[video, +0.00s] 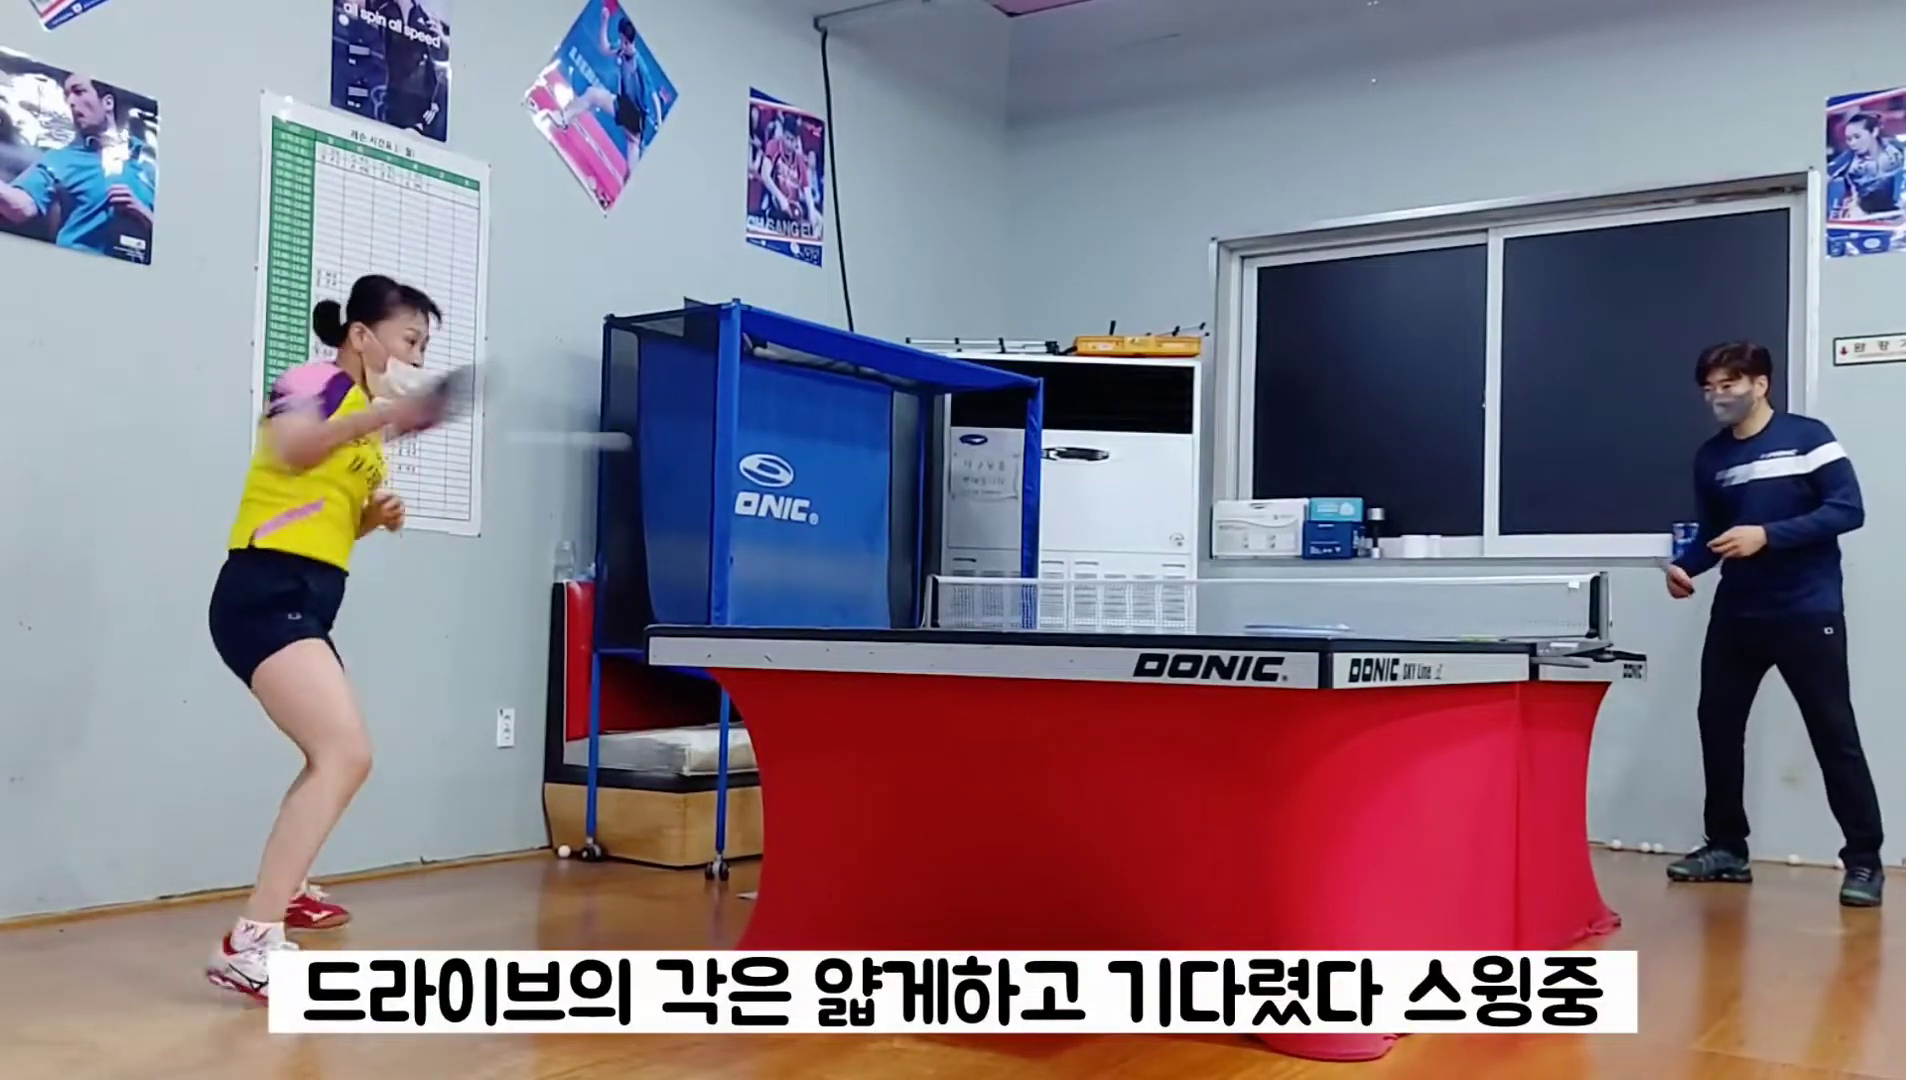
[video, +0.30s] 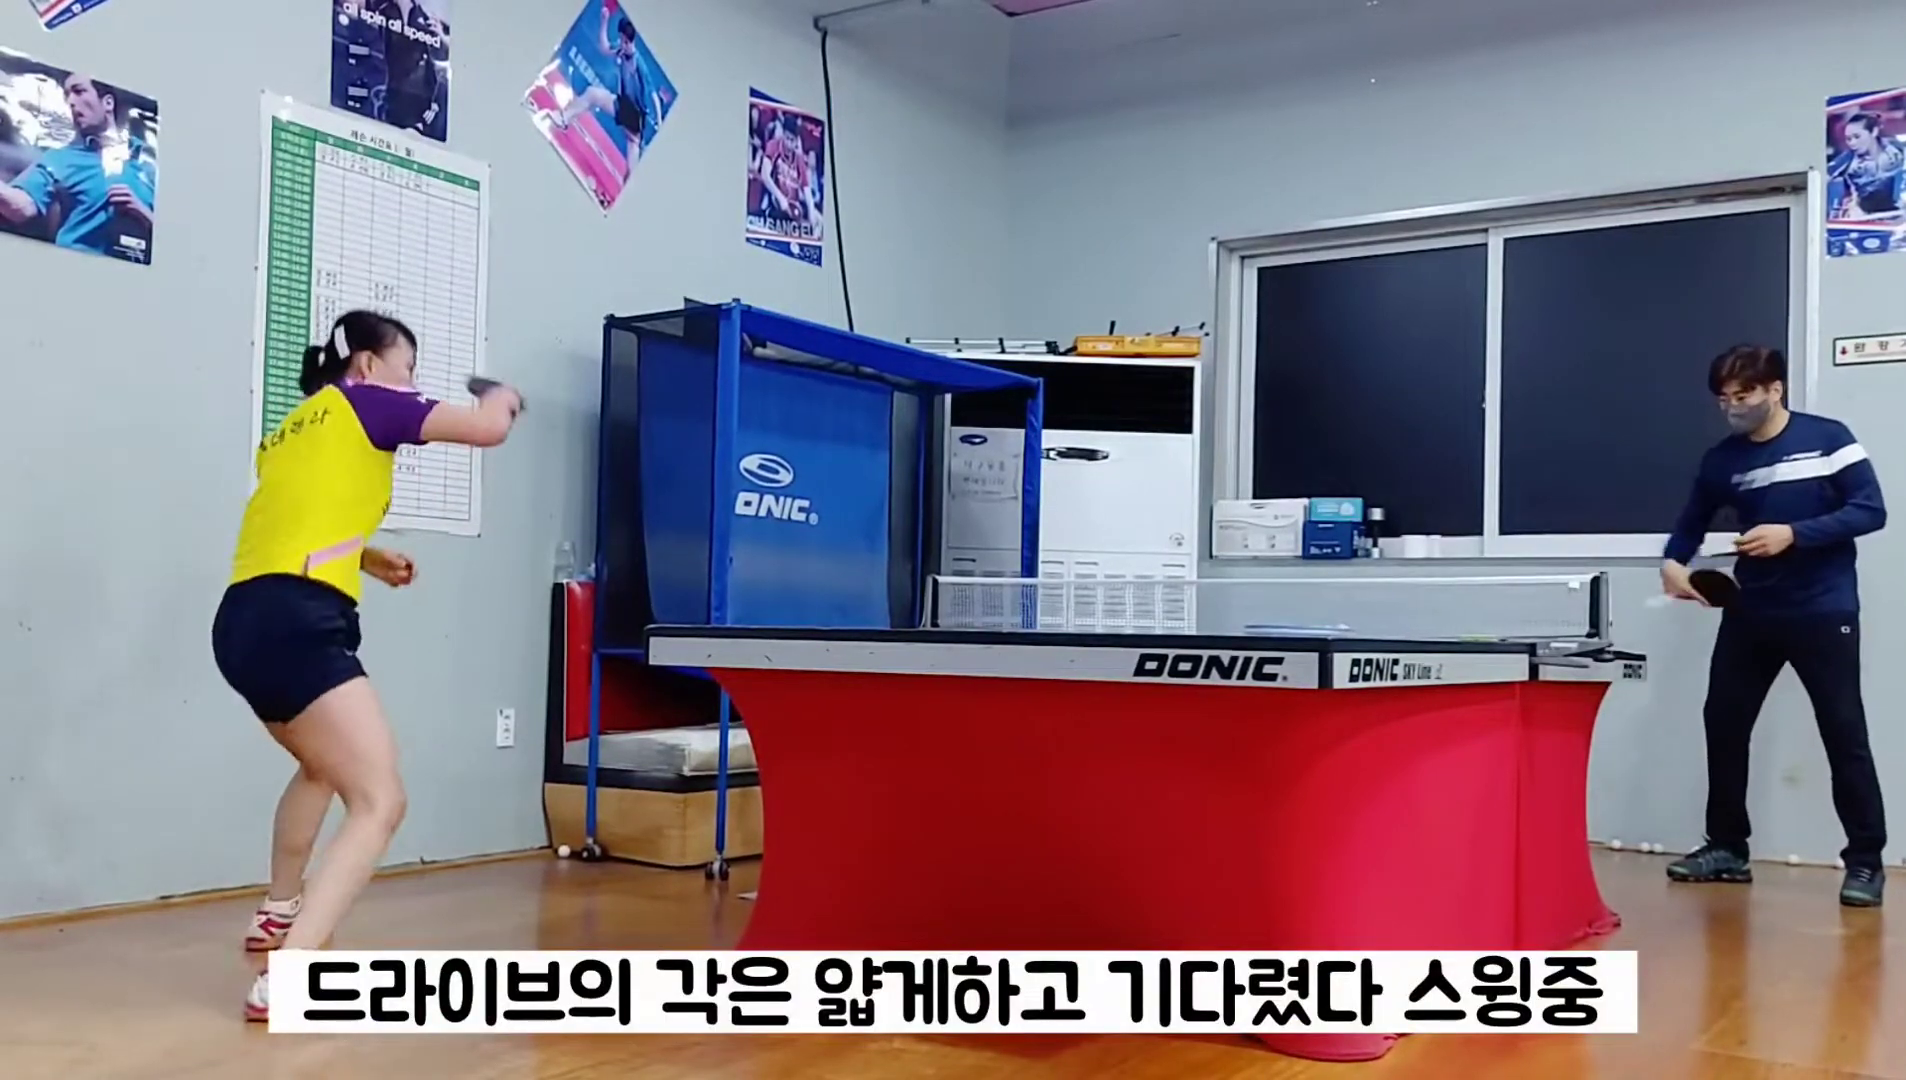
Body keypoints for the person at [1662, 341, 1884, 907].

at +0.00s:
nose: (1717, 395)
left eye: (1728, 384)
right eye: (1710, 388)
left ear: (1761, 384)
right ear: (1705, 395)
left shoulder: (1809, 436)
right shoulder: (1710, 458)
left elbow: (1848, 509)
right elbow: (1714, 534)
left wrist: (1767, 534)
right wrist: (1685, 564)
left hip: (1808, 615)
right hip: (1738, 616)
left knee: (1835, 737)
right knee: (1717, 725)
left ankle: (1863, 862)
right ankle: (1727, 848)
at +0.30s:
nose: (1732, 403)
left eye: (1743, 392)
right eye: (1725, 395)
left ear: (1774, 390)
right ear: (1719, 399)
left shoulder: (1828, 438)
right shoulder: (1721, 460)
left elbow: (1870, 510)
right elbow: (1693, 524)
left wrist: (1793, 533)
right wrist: (1672, 560)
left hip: (1824, 617)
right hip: (1750, 619)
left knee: (1844, 736)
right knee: (1723, 722)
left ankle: (1864, 863)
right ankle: (1728, 848)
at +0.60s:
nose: (1734, 392)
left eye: (1746, 381)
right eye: (1727, 384)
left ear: (1778, 381)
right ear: (1721, 391)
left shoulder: (1831, 438)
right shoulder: (1716, 454)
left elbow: (1870, 510)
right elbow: (1667, 509)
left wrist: (1799, 534)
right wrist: (1633, 514)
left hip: (1819, 615)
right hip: (1744, 614)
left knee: (1843, 738)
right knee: (1723, 726)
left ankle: (1863, 863)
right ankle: (1726, 848)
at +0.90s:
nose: (1735, 390)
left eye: (1746, 379)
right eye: (1727, 383)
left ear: (1776, 381)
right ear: (1721, 391)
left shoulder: (1824, 436)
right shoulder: (1722, 456)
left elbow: (1861, 509)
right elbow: (1715, 533)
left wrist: (1780, 531)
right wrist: (1687, 556)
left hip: (1816, 615)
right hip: (1746, 616)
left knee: (1840, 737)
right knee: (1726, 727)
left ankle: (1863, 863)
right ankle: (1727, 847)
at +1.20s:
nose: (1727, 410)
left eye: (1738, 399)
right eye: (1719, 402)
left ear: (1769, 394)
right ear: (1713, 404)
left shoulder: (1822, 442)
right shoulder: (1718, 462)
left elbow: (1860, 515)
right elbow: (1695, 530)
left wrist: (1782, 533)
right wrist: (1680, 575)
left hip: (1814, 619)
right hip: (1740, 621)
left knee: (1841, 739)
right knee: (1712, 723)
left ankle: (1863, 863)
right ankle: (1726, 848)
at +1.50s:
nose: (1724, 399)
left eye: (1734, 388)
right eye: (1716, 392)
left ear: (1766, 387)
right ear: (1710, 397)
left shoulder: (1819, 440)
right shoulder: (1705, 457)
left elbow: (1858, 512)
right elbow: (1661, 515)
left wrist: (1787, 531)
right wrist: (1626, 527)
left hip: (1808, 616)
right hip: (1733, 616)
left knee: (1837, 738)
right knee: (1713, 727)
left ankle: (1864, 863)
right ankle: (1725, 850)